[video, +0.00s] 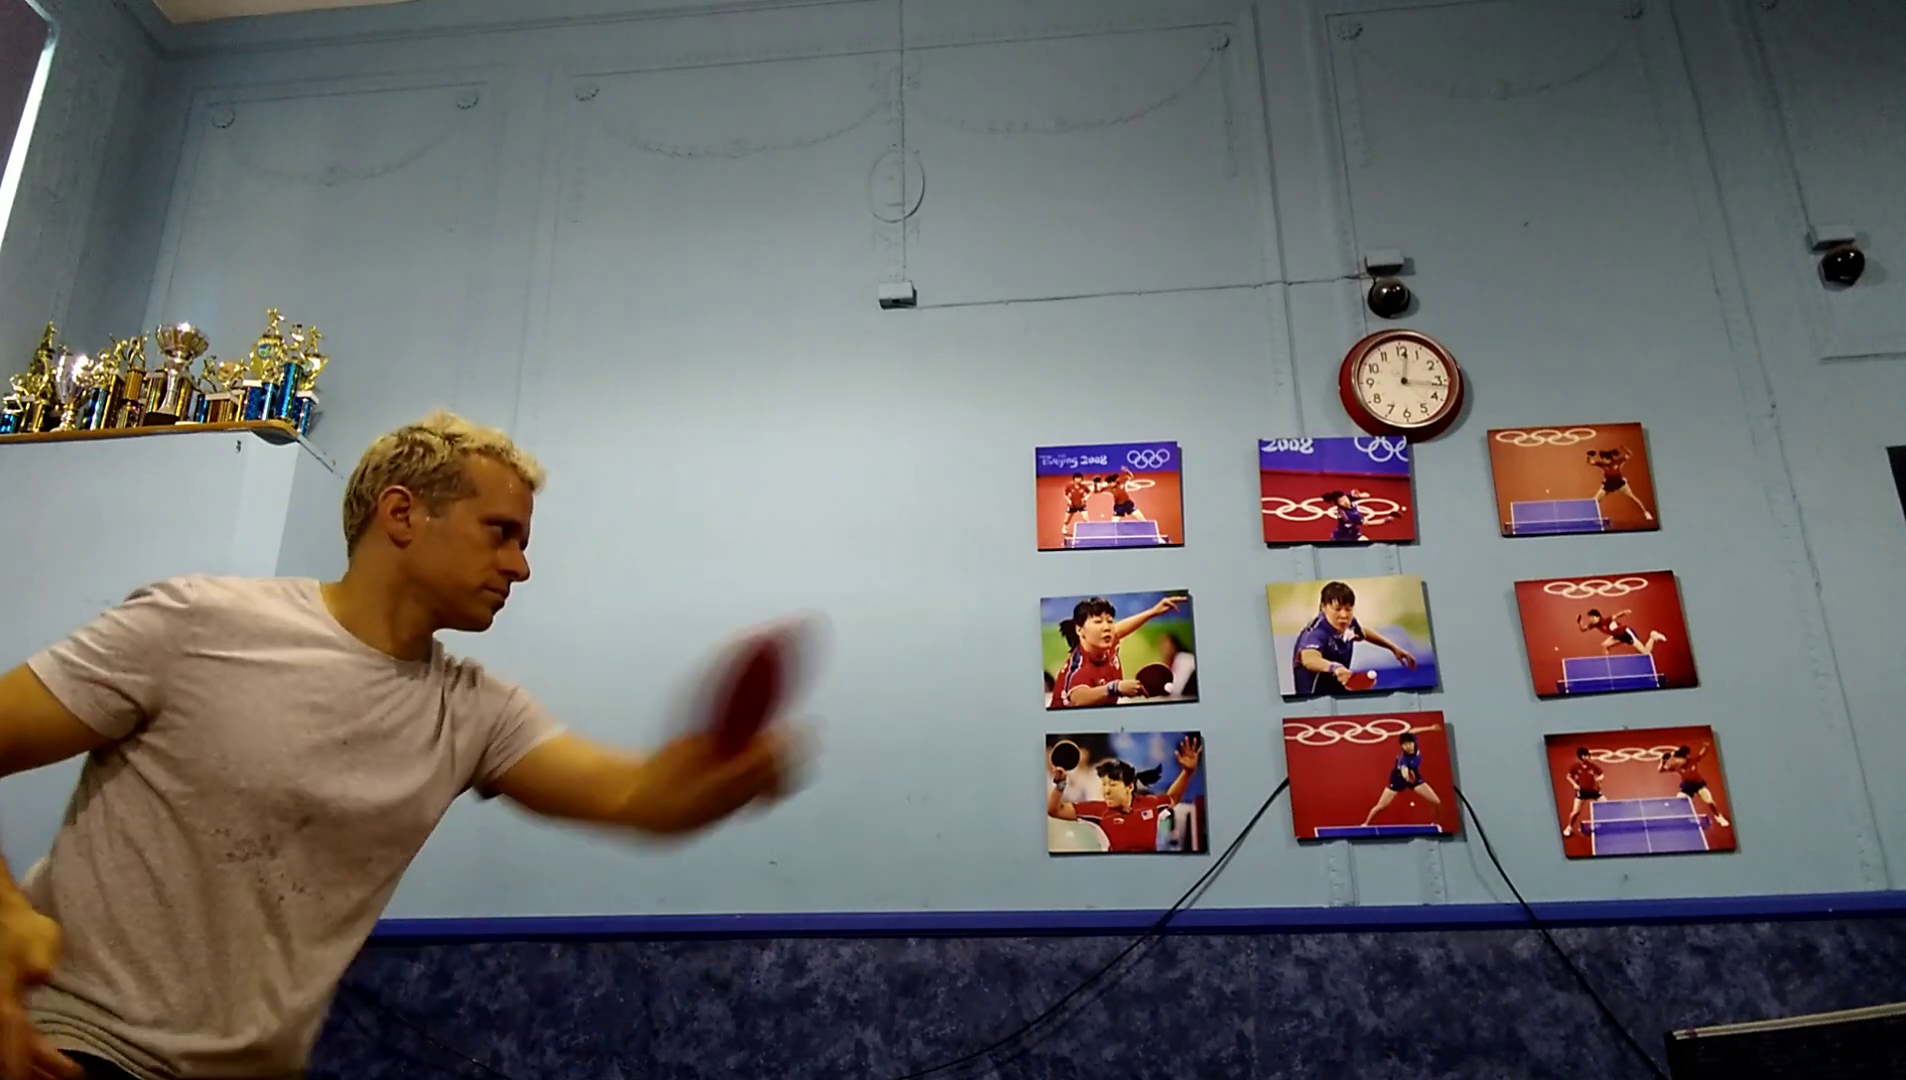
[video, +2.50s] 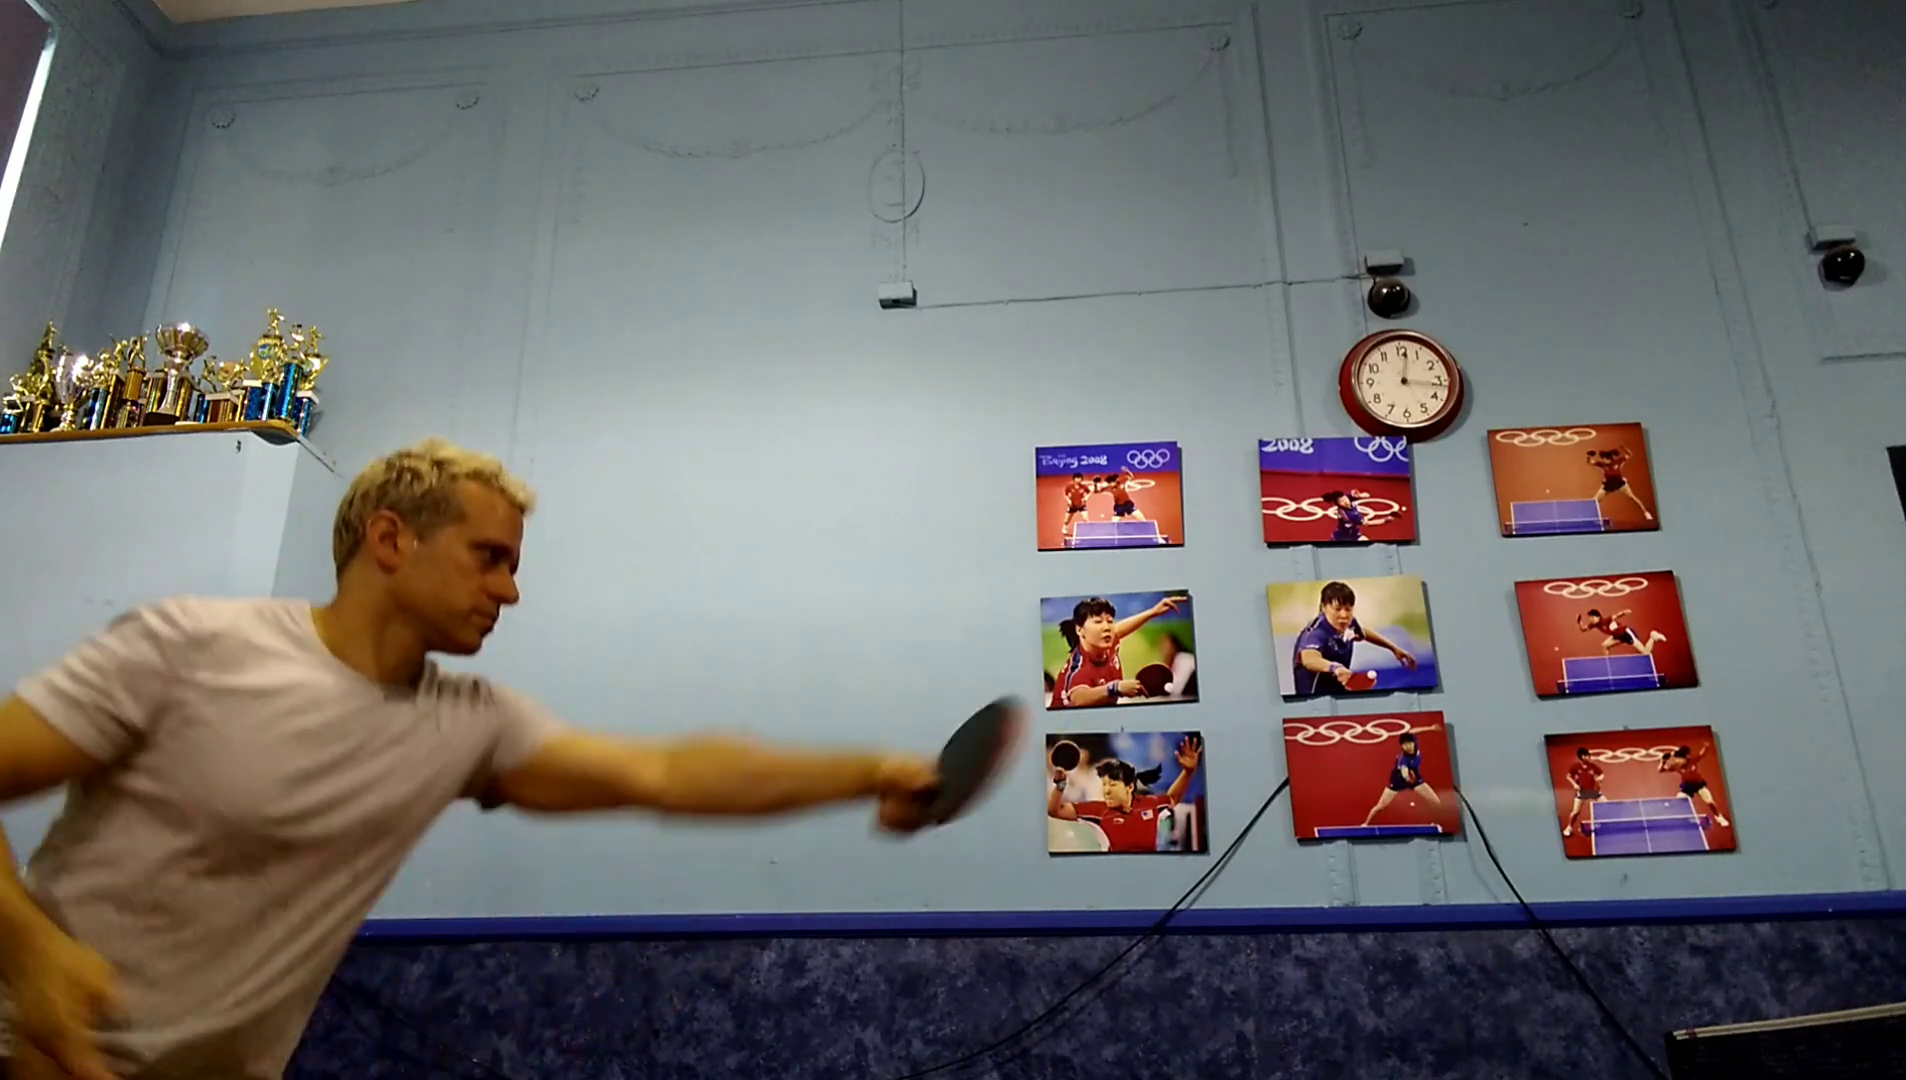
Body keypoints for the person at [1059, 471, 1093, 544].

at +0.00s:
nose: (1078, 481)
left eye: (1079, 479)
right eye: (1077, 479)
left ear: (1081, 480)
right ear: (1074, 480)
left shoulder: (1083, 487)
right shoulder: (1070, 487)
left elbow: (1089, 492)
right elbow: (1065, 494)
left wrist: (1085, 498)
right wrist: (1068, 501)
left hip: (1081, 505)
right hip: (1072, 505)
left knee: (1086, 519)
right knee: (1066, 520)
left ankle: (1090, 530)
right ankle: (1064, 528)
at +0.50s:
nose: (1078, 481)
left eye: (1079, 479)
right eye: (1077, 479)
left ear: (1081, 480)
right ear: (1074, 479)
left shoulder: (1083, 487)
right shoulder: (1070, 487)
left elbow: (1089, 492)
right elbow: (1065, 494)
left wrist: (1085, 498)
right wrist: (1068, 501)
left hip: (1081, 505)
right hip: (1072, 505)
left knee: (1086, 519)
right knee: (1066, 520)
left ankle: (1089, 530)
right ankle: (1064, 528)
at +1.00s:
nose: (1078, 481)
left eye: (1080, 479)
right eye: (1077, 479)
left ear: (1081, 480)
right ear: (1074, 480)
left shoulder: (1083, 487)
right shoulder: (1070, 487)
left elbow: (1089, 492)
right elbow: (1065, 494)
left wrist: (1085, 498)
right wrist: (1068, 501)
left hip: (1081, 505)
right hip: (1072, 505)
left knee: (1086, 519)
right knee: (1066, 520)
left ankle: (1090, 531)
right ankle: (1064, 528)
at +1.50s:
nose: (1078, 481)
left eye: (1079, 479)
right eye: (1077, 479)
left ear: (1081, 479)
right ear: (1074, 480)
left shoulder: (1083, 487)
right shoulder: (1070, 487)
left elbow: (1089, 492)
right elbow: (1065, 494)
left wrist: (1085, 498)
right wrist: (1068, 500)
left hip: (1081, 505)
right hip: (1072, 505)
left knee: (1086, 519)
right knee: (1066, 520)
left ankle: (1090, 531)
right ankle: (1064, 528)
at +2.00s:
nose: (1078, 481)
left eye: (1080, 479)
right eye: (1077, 479)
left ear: (1081, 480)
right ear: (1074, 480)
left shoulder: (1083, 487)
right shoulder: (1070, 487)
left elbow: (1089, 492)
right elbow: (1065, 494)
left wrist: (1085, 498)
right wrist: (1068, 500)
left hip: (1081, 505)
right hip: (1072, 505)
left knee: (1086, 519)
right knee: (1067, 520)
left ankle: (1089, 530)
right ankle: (1064, 528)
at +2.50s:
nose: (1078, 480)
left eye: (1079, 479)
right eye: (1077, 479)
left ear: (1081, 479)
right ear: (1074, 479)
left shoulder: (1083, 487)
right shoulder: (1070, 487)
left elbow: (1089, 492)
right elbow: (1065, 494)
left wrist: (1085, 498)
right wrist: (1068, 500)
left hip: (1081, 505)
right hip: (1072, 505)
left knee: (1086, 519)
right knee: (1067, 520)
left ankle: (1089, 530)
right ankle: (1064, 528)